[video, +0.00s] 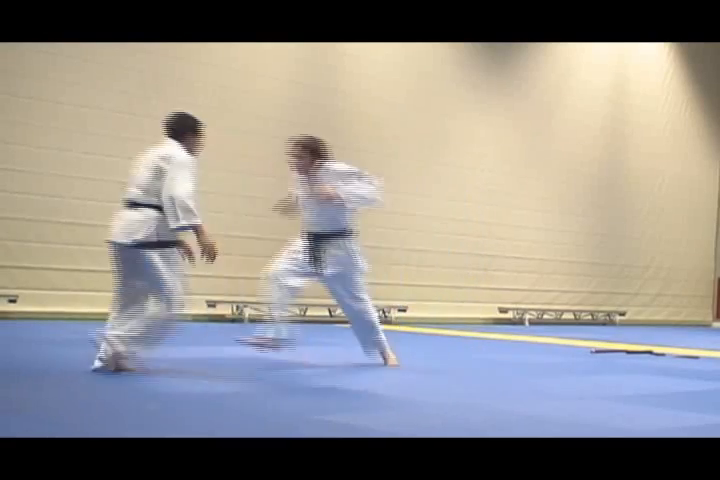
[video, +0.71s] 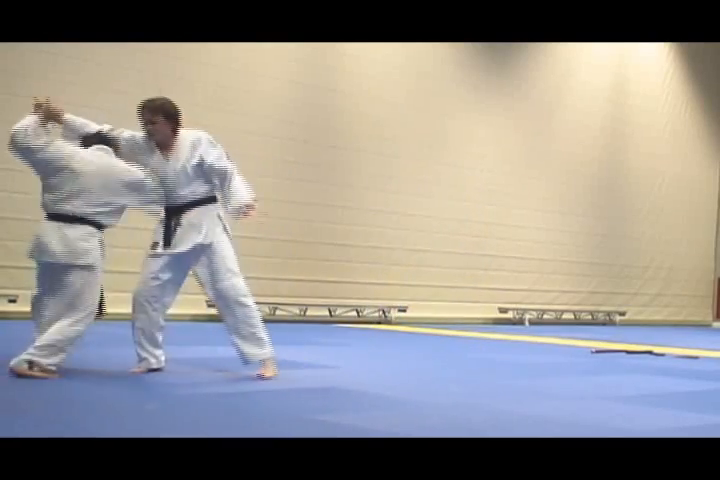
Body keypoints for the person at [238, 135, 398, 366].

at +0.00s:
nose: (293, 162)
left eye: (298, 157)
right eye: (291, 157)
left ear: (313, 157)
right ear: (294, 158)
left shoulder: (335, 172)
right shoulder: (301, 177)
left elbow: (372, 191)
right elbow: (306, 199)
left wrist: (339, 194)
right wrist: (292, 205)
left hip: (338, 247)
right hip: (308, 246)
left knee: (356, 303)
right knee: (276, 275)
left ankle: (385, 352)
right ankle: (276, 335)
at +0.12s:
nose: (251, 155)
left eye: (255, 150)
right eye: (250, 150)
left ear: (271, 149)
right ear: (263, 150)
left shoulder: (291, 166)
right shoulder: (263, 174)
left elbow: (286, 184)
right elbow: (249, 195)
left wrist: (249, 172)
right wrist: (228, 187)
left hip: (302, 240)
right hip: (273, 244)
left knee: (334, 295)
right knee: (235, 292)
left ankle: (368, 343)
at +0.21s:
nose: (229, 154)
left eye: (234, 149)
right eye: (228, 149)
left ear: (250, 152)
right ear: (230, 152)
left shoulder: (266, 172)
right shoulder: (228, 176)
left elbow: (242, 183)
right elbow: (201, 186)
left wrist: (209, 176)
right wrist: (178, 173)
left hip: (277, 245)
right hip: (244, 249)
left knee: (312, 303)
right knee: (209, 294)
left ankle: (349, 355)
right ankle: (193, 356)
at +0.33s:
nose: (194, 147)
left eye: (199, 141)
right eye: (193, 141)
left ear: (215, 142)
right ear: (198, 144)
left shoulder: (234, 163)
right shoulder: (199, 166)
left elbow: (212, 190)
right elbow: (170, 165)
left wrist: (182, 207)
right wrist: (146, 154)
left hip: (254, 233)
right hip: (227, 239)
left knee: (282, 292)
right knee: (189, 287)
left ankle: (314, 354)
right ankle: (188, 357)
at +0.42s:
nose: (178, 134)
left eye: (184, 129)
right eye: (177, 129)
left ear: (202, 131)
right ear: (179, 131)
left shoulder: (224, 154)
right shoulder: (180, 156)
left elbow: (219, 193)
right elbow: (148, 140)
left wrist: (202, 225)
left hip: (241, 225)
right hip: (209, 229)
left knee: (271, 287)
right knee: (175, 281)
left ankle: (309, 348)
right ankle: (177, 349)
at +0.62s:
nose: (157, 129)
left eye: (162, 124)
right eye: (155, 124)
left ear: (181, 127)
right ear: (154, 127)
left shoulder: (204, 154)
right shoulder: (149, 149)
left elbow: (225, 190)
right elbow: (113, 131)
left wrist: (230, 224)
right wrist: (80, 111)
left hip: (210, 227)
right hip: (175, 232)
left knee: (243, 291)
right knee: (147, 292)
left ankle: (280, 354)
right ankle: (150, 359)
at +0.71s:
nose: (147, 128)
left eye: (153, 122)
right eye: (146, 123)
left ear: (172, 123)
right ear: (146, 125)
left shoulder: (200, 145)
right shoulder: (143, 147)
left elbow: (228, 175)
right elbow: (102, 134)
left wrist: (240, 199)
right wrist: (61, 118)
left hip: (207, 223)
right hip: (172, 228)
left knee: (231, 290)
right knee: (147, 293)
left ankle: (264, 359)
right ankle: (150, 360)